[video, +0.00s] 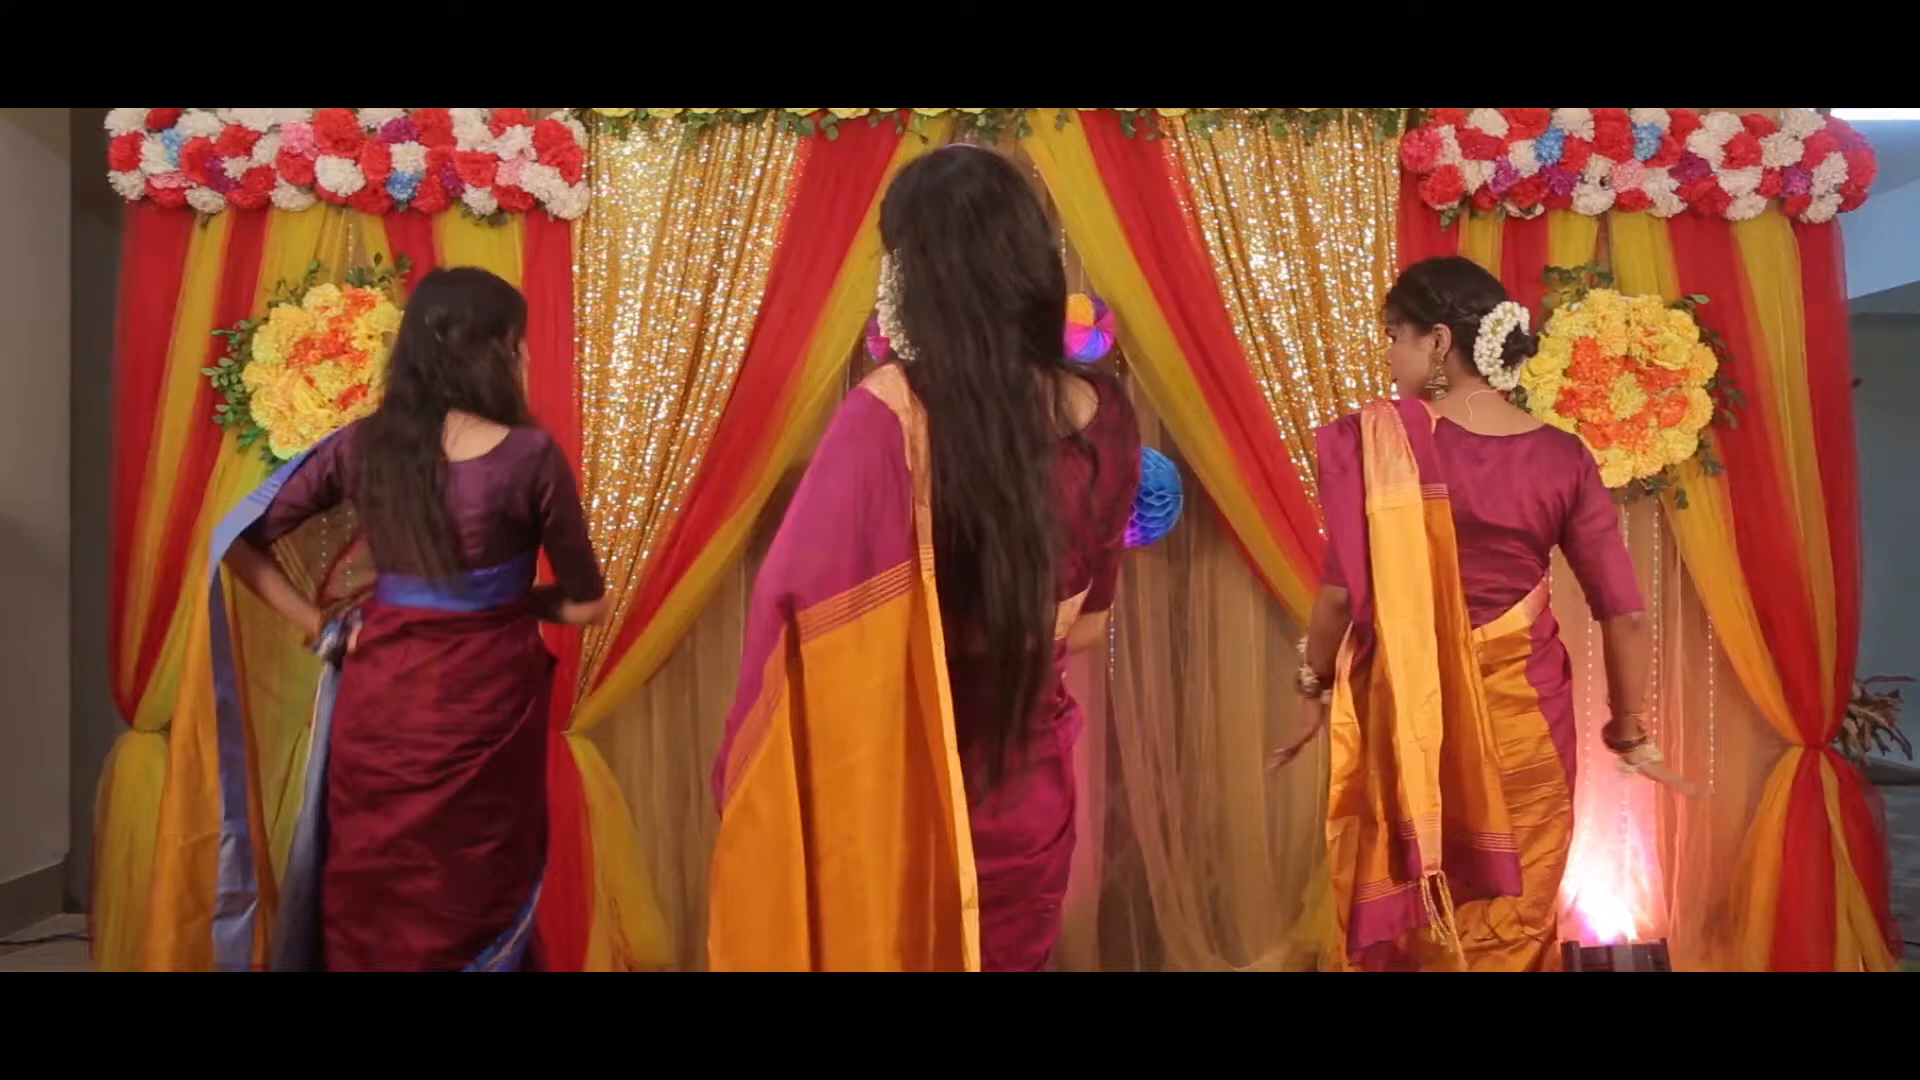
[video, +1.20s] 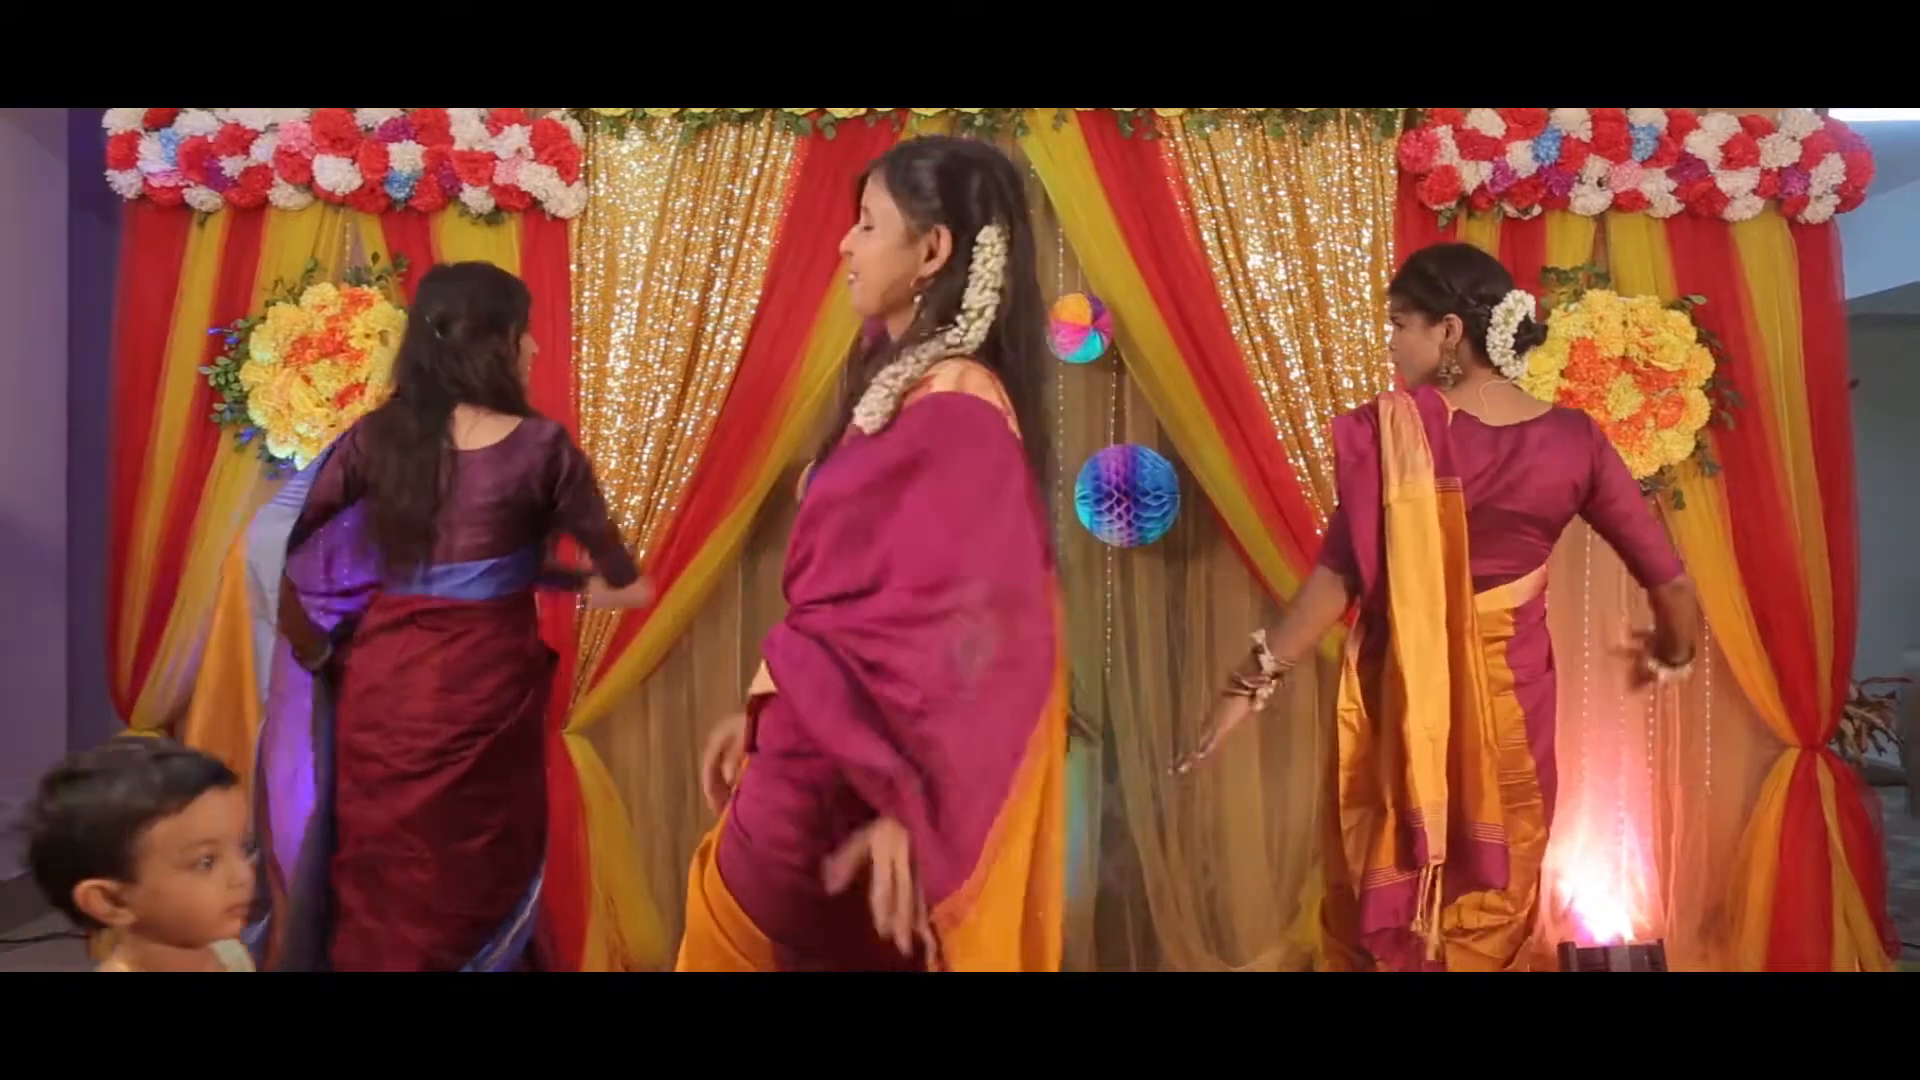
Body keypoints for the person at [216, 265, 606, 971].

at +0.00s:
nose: (527, 358)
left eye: (524, 342)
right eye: (519, 342)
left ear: (424, 348)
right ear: (492, 352)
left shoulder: (365, 442)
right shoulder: (529, 454)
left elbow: (239, 538)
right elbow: (587, 601)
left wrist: (315, 624)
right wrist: (512, 594)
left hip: (380, 689)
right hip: (489, 695)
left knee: (365, 885)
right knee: (481, 887)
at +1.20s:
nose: (535, 346)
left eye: (531, 331)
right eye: (525, 332)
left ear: (431, 341)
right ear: (494, 345)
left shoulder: (374, 436)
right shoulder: (542, 446)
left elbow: (293, 541)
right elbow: (618, 574)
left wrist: (315, 646)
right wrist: (527, 565)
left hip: (383, 673)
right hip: (489, 679)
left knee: (375, 868)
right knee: (478, 871)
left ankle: (378, 963)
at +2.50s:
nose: (410, 371)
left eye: (425, 350)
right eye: (406, 355)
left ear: (489, 351)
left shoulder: (434, 445)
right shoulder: (531, 446)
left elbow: (400, 605)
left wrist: (225, 644)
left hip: (440, 707)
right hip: (503, 702)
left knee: (421, 905)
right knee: (484, 910)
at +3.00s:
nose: (448, 358)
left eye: (468, 341)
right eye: (434, 342)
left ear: (509, 355)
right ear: (421, 355)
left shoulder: (504, 439)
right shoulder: (454, 439)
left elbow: (508, 585)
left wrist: (422, 676)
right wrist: (401, 449)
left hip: (458, 714)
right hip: (424, 713)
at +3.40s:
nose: (473, 350)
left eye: (496, 336)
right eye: (457, 332)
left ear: (523, 358)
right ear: (434, 347)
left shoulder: (537, 440)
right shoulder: (438, 464)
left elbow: (642, 530)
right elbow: (413, 564)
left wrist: (516, 581)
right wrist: (404, 579)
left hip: (515, 698)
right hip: (448, 703)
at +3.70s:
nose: (479, 351)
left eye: (500, 338)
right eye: (461, 332)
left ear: (519, 359)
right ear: (427, 347)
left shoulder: (544, 443)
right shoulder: (409, 466)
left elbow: (678, 539)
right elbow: (355, 590)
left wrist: (535, 603)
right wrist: (430, 583)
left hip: (523, 694)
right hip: (434, 700)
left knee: (494, 888)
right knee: (435, 885)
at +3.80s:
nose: (483, 349)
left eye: (502, 337)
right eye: (465, 330)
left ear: (520, 357)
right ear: (429, 346)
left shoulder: (547, 447)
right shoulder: (398, 464)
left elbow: (694, 539)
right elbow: (331, 582)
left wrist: (554, 589)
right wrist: (431, 572)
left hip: (532, 697)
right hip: (437, 705)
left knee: (515, 893)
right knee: (456, 890)